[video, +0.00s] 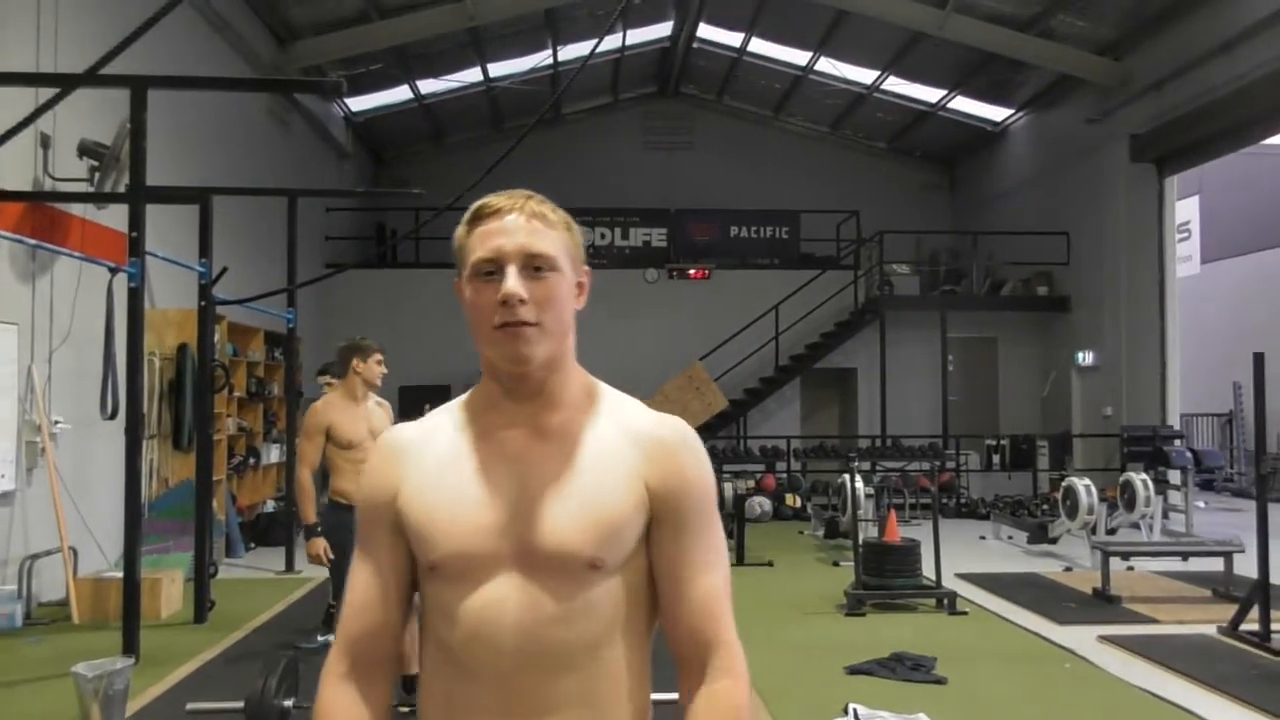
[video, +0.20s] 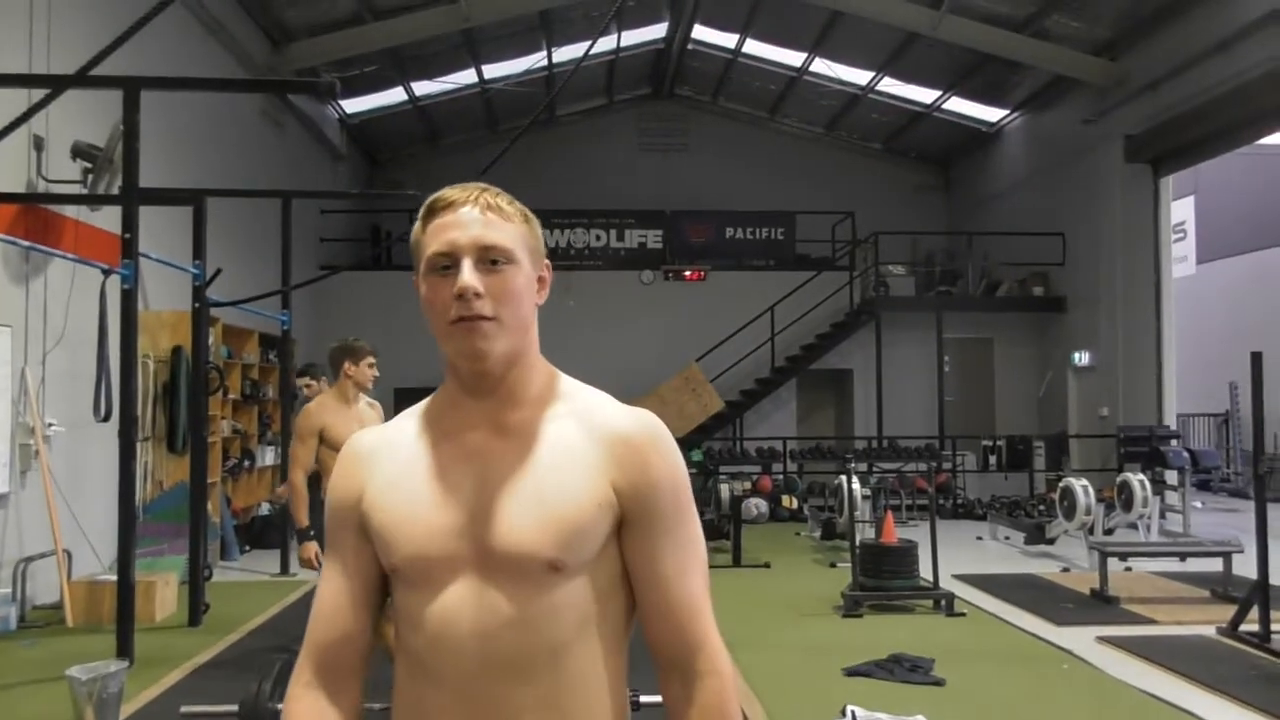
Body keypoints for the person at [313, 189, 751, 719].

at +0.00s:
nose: (512, 292)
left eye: (537, 269)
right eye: (488, 272)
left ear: (580, 290)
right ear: (462, 297)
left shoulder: (662, 450)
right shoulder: (400, 459)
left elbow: (712, 668)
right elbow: (357, 673)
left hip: (605, 713)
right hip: (449, 714)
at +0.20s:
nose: (466, 285)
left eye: (493, 261)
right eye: (443, 266)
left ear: (540, 283)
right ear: (421, 293)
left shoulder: (629, 445)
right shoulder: (368, 461)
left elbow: (698, 677)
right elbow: (323, 685)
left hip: (578, 708)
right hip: (421, 711)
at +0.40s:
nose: (465, 285)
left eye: (495, 262)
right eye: (444, 266)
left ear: (545, 286)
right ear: (423, 293)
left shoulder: (633, 452)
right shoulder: (369, 464)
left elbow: (697, 687)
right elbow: (323, 690)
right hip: (418, 710)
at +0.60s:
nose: (495, 293)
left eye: (526, 271)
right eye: (472, 271)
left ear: (574, 299)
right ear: (447, 298)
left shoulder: (656, 467)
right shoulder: (384, 471)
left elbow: (706, 703)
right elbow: (340, 699)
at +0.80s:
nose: (535, 299)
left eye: (568, 279)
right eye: (516, 273)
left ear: (612, 310)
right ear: (484, 293)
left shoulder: (684, 473)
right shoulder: (406, 470)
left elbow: (735, 704)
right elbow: (360, 697)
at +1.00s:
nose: (574, 301)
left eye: (607, 285)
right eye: (554, 274)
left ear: (648, 319)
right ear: (519, 295)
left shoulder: (716, 481)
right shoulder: (431, 472)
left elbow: (770, 709)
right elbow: (375, 700)